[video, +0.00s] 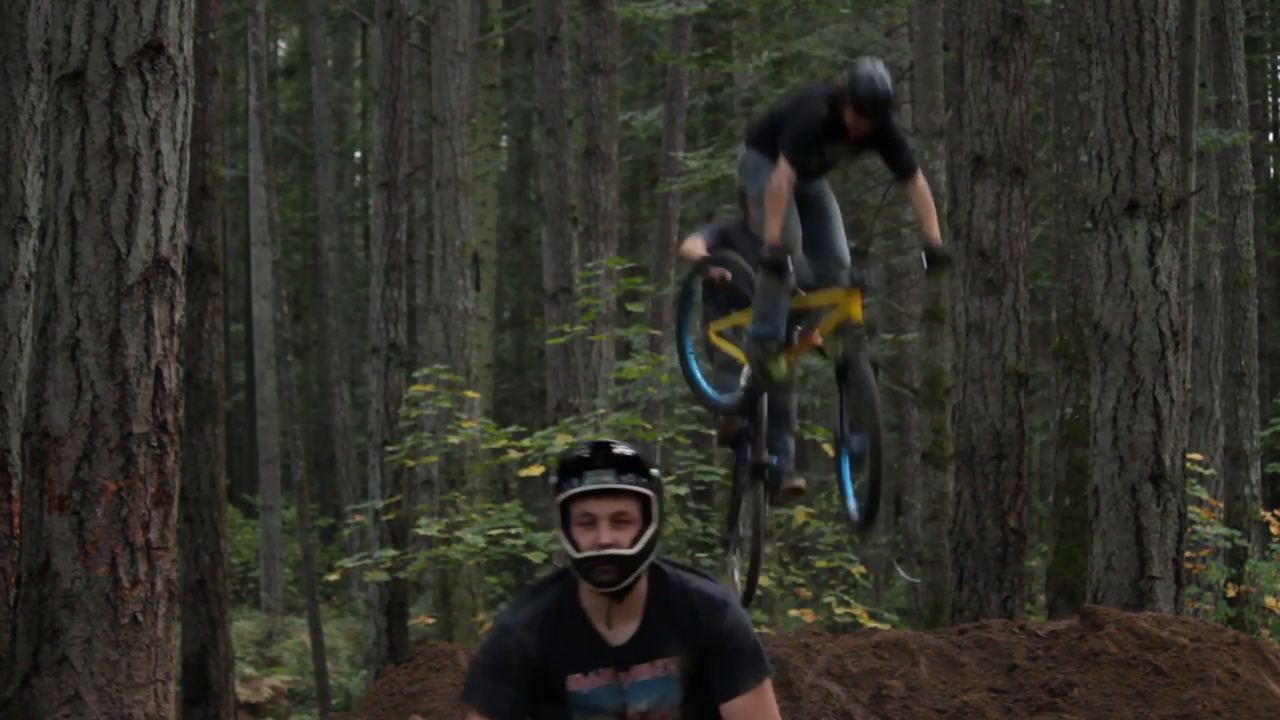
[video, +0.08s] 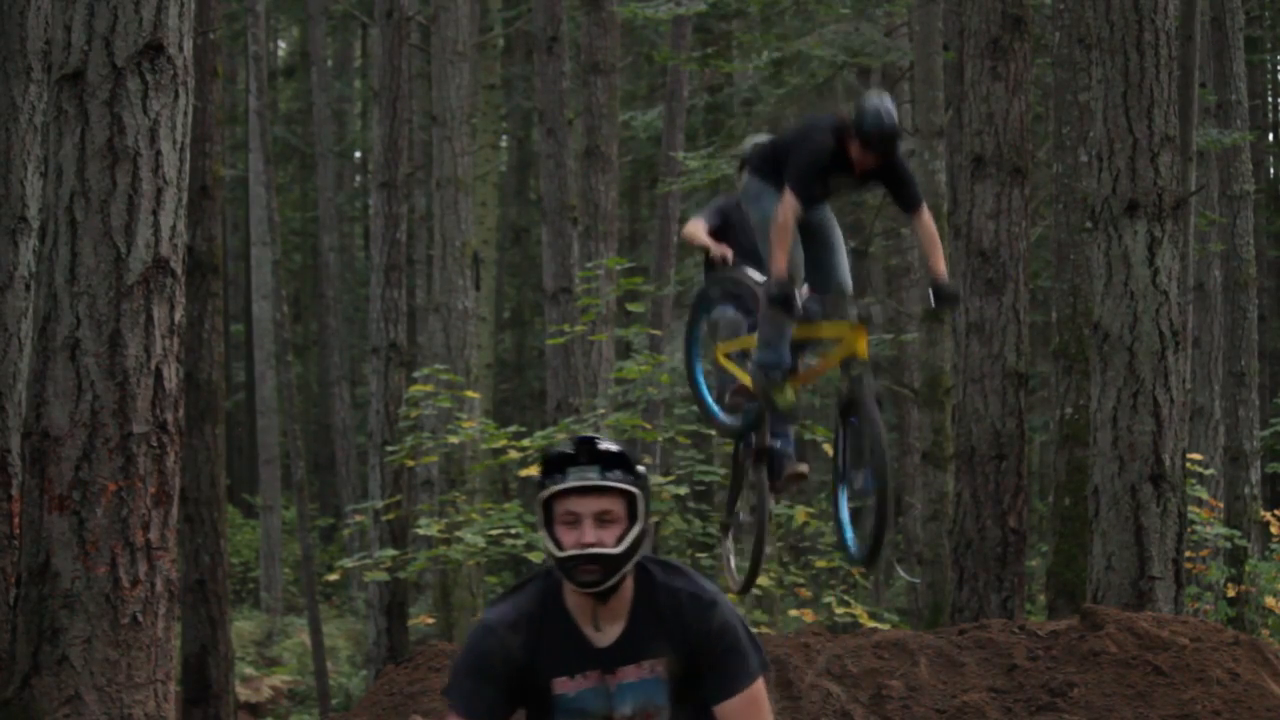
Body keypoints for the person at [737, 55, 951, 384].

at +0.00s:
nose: (863, 126)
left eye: (871, 120)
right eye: (859, 116)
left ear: (883, 115)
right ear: (846, 103)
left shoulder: (882, 126)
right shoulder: (815, 111)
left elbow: (914, 179)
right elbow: (782, 176)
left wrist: (934, 242)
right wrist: (773, 243)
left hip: (809, 177)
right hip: (763, 162)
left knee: (836, 261)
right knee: (783, 248)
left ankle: (823, 332)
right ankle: (765, 340)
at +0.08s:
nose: (868, 159)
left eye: (877, 153)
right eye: (864, 149)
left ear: (888, 148)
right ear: (852, 136)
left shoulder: (887, 161)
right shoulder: (819, 145)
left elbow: (920, 215)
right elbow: (786, 209)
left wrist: (940, 279)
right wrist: (779, 277)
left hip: (811, 199)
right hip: (765, 187)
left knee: (838, 287)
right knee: (785, 278)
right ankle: (770, 369)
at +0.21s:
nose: (877, 241)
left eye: (887, 234)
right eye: (874, 230)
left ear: (900, 228)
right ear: (862, 214)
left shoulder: (896, 233)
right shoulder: (830, 217)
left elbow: (928, 294)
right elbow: (800, 285)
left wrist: (951, 362)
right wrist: (798, 358)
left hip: (819, 257)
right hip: (771, 248)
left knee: (839, 351)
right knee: (786, 341)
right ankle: (786, 439)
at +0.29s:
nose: (885, 330)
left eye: (895, 326)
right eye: (885, 321)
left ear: (910, 311)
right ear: (874, 302)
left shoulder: (906, 307)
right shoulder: (838, 301)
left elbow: (934, 358)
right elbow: (789, 368)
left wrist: (953, 413)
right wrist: (812, 424)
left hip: (829, 330)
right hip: (781, 324)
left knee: (847, 424)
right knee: (797, 428)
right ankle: (800, 532)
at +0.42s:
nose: (888, 369)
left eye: (898, 363)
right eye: (888, 360)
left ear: (911, 343)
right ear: (877, 340)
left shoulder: (911, 333)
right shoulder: (839, 329)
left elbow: (930, 371)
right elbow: (789, 394)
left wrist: (932, 420)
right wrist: (836, 445)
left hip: (837, 365)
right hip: (786, 361)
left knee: (871, 452)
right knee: (804, 470)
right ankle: (803, 579)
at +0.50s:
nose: (908, 428)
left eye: (915, 422)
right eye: (910, 418)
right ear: (896, 399)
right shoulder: (854, 398)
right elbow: (832, 480)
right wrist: (864, 507)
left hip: (828, 416)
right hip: (788, 423)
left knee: (865, 473)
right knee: (825, 509)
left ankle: (858, 541)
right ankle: (811, 606)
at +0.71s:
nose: (927, 515)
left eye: (935, 513)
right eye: (933, 510)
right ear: (925, 492)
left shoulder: (910, 440)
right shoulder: (884, 483)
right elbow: (863, 570)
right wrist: (911, 615)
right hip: (776, 474)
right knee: (832, 574)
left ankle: (845, 608)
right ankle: (793, 613)